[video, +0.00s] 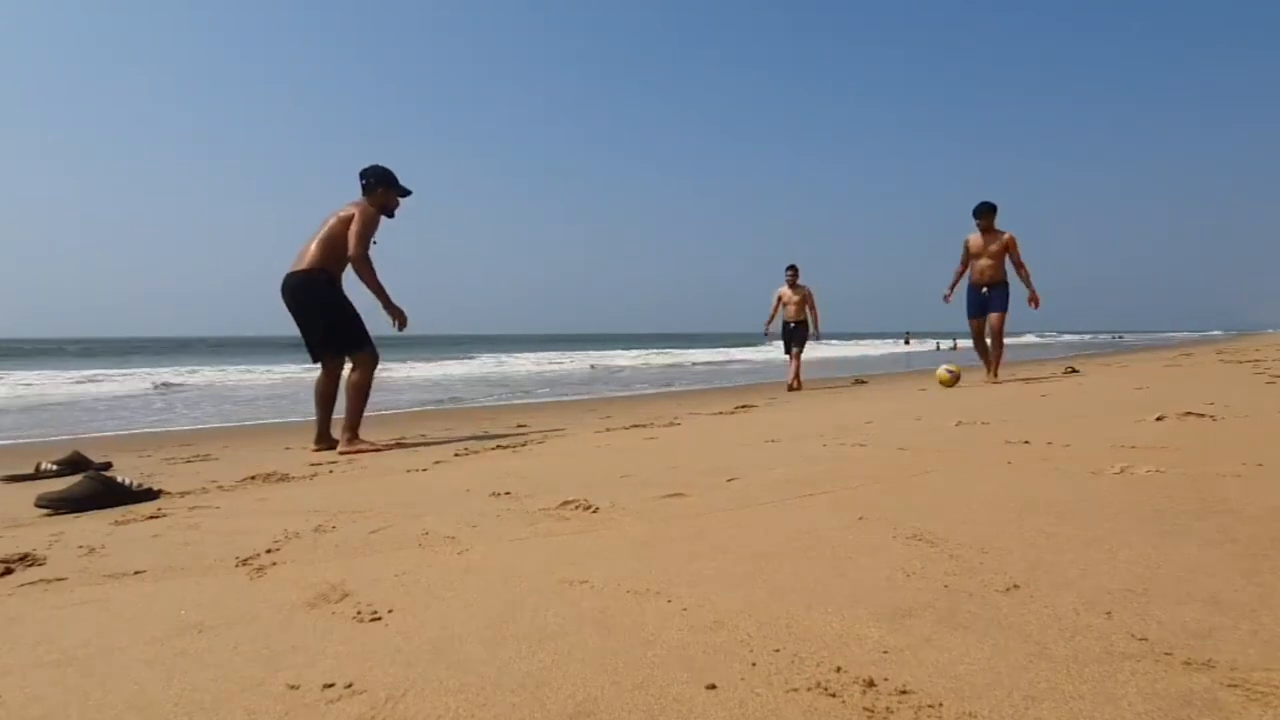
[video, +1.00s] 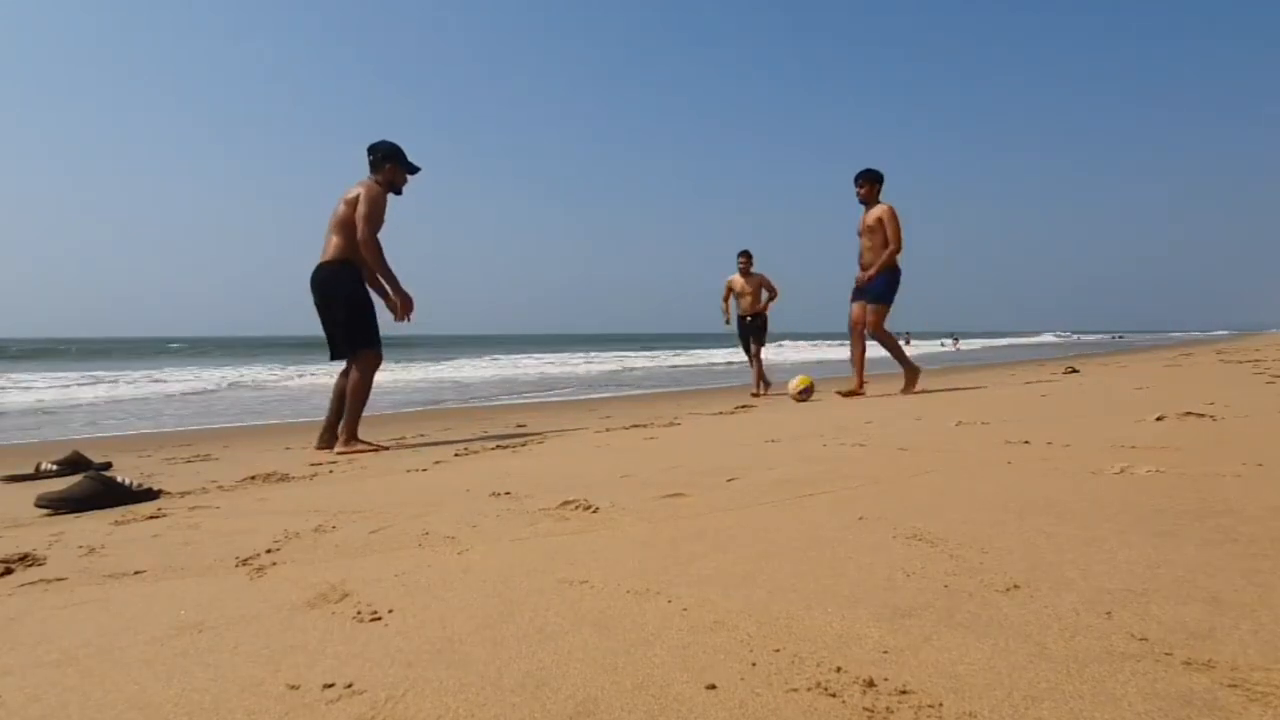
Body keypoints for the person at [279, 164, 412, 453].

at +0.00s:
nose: (397, 203)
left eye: (398, 197)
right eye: (394, 195)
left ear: (372, 192)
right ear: (378, 191)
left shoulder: (348, 212)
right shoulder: (366, 211)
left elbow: (328, 264)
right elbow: (357, 256)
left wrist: (336, 303)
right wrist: (389, 305)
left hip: (294, 283)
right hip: (317, 283)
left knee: (332, 361)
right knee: (365, 358)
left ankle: (323, 436)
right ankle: (350, 437)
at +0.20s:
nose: (403, 194)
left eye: (403, 188)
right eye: (400, 187)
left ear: (377, 184)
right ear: (383, 183)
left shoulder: (351, 206)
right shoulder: (370, 204)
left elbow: (341, 268)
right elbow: (360, 250)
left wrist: (365, 312)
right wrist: (386, 303)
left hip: (302, 282)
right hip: (328, 280)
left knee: (331, 361)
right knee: (371, 357)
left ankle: (324, 436)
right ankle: (351, 438)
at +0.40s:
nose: (406, 186)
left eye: (407, 180)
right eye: (403, 179)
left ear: (381, 176)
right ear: (386, 175)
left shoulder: (355, 199)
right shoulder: (371, 197)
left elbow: (349, 261)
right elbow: (359, 242)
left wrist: (382, 299)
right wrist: (383, 297)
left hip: (307, 277)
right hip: (328, 277)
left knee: (343, 358)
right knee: (367, 356)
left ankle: (327, 435)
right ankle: (350, 438)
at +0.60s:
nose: (407, 183)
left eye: (407, 177)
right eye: (404, 176)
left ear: (382, 174)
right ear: (386, 174)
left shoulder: (358, 198)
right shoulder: (369, 196)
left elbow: (357, 257)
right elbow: (356, 243)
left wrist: (388, 298)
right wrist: (381, 291)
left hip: (316, 278)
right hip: (331, 277)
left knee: (347, 360)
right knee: (368, 356)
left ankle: (326, 437)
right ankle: (350, 438)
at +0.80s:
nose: (408, 183)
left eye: (408, 178)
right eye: (405, 177)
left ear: (383, 174)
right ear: (389, 174)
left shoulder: (359, 197)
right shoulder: (372, 196)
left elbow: (360, 259)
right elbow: (360, 244)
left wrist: (389, 302)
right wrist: (386, 295)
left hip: (318, 277)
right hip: (334, 277)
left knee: (345, 360)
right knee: (368, 357)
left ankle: (326, 437)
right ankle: (350, 438)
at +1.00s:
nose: (406, 179)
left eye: (406, 173)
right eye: (403, 172)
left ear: (379, 169)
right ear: (387, 168)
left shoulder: (358, 193)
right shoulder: (372, 191)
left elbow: (361, 260)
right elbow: (365, 239)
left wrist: (387, 298)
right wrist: (397, 289)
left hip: (330, 276)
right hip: (342, 276)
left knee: (358, 359)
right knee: (369, 356)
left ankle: (328, 436)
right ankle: (348, 437)